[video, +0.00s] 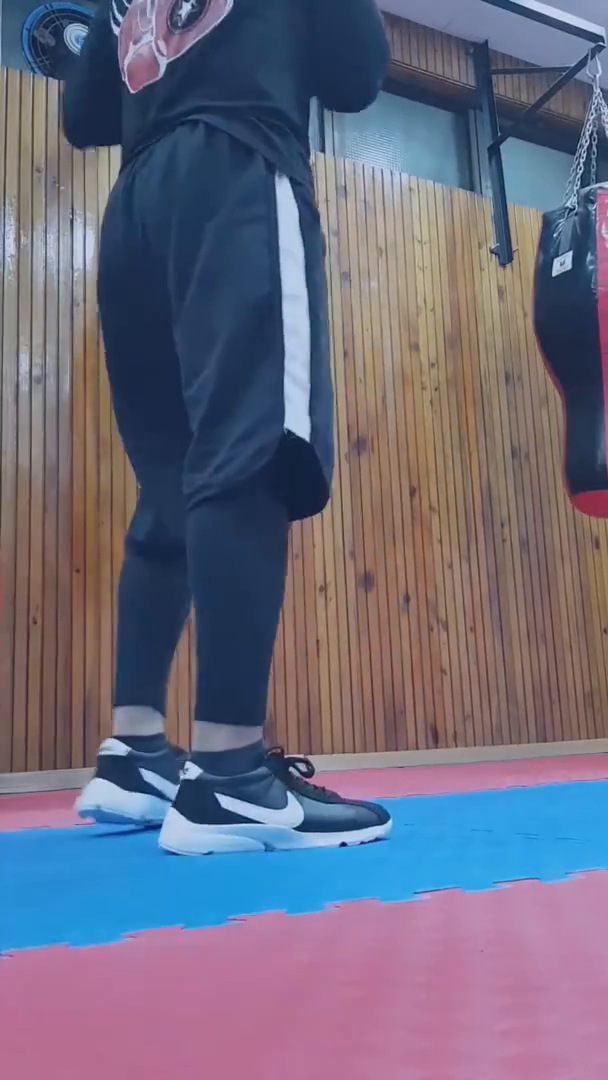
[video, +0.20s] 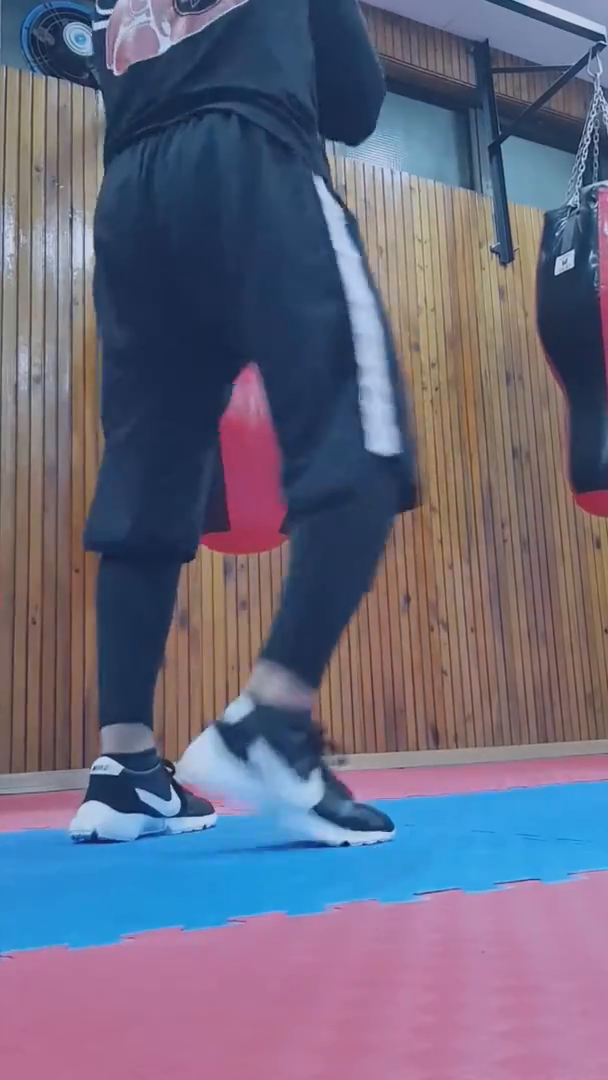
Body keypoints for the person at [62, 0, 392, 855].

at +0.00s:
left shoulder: (133, 7)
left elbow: (88, 119)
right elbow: (352, 80)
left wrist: (91, 39)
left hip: (134, 189)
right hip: (237, 174)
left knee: (170, 484)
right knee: (244, 467)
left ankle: (134, 755)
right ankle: (231, 771)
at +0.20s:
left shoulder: (129, 12)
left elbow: (129, 108)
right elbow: (352, 105)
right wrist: (252, 76)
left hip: (133, 182)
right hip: (252, 164)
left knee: (147, 468)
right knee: (362, 452)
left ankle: (124, 766)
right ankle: (272, 719)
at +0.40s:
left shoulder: (122, 10)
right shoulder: (327, 4)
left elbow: (132, 125)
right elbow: (371, 88)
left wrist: (183, 183)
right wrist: (333, 148)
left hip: (173, 172)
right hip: (299, 135)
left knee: (167, 472)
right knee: (418, 421)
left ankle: (128, 764)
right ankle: (430, 670)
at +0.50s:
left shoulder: (148, 7)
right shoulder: (360, 2)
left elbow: (134, 131)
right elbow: (407, 117)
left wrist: (196, 196)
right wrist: (359, 185)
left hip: (213, 177)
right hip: (350, 156)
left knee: (187, 499)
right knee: (432, 433)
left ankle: (129, 765)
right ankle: (499, 703)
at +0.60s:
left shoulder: (172, 14)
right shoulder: (383, 10)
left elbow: (142, 193)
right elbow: (429, 170)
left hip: (224, 202)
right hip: (368, 185)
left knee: (193, 504)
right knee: (455, 449)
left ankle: (129, 764)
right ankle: (529, 752)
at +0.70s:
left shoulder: (174, 14)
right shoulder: (378, 2)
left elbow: (134, 158)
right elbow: (430, 150)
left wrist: (234, 145)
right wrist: (319, 114)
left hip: (182, 209)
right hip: (315, 183)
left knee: (208, 502)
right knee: (454, 449)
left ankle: (130, 743)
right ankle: (490, 663)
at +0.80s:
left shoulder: (178, 18)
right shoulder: (380, 9)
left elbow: (135, 189)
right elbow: (436, 181)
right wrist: (335, 184)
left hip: (167, 237)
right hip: (290, 223)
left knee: (221, 487)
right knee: (430, 476)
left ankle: (138, 676)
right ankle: (397, 714)